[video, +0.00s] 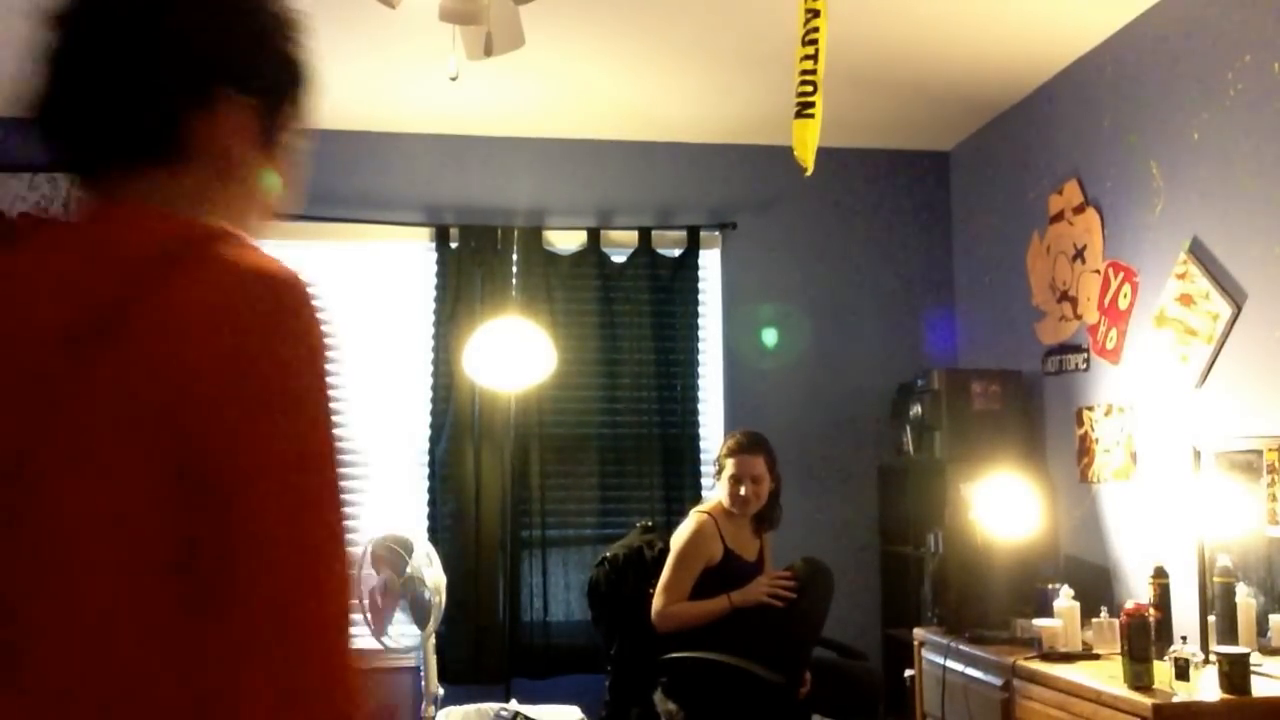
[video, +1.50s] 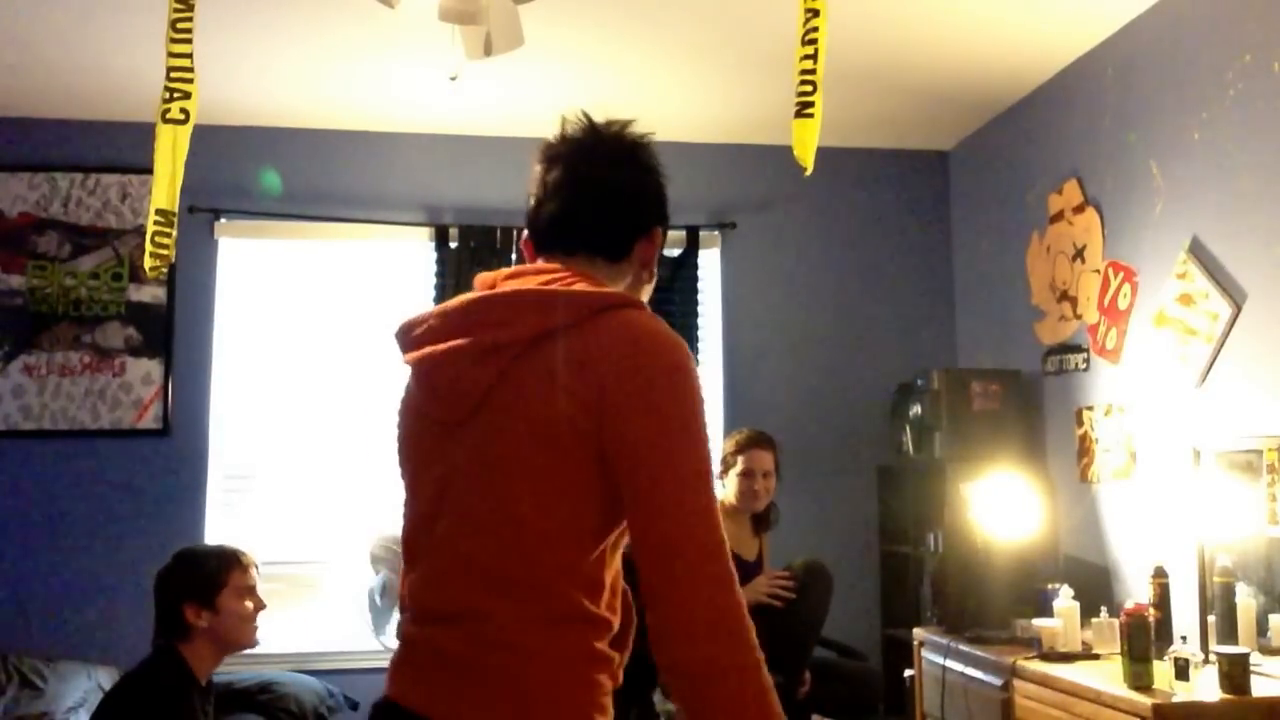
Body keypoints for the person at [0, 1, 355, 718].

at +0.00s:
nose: (278, 184)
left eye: (284, 143)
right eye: (276, 138)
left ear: (91, 117)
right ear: (229, 126)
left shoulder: (26, 267)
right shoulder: (244, 299)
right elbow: (290, 615)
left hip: (31, 689)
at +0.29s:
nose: (512, 147)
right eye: (511, 120)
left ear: (345, 143)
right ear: (491, 133)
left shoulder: (268, 318)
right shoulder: (478, 313)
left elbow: (184, 609)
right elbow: (619, 646)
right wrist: (793, 712)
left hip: (288, 692)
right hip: (447, 696)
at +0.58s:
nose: (602, 249)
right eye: (606, 230)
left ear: (456, 228)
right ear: (586, 225)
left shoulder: (388, 356)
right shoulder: (562, 377)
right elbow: (556, 642)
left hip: (377, 693)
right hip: (499, 700)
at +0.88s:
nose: (615, 253)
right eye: (621, 237)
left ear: (483, 231)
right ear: (606, 232)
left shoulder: (423, 346)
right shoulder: (578, 363)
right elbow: (608, 607)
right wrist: (634, 705)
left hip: (429, 686)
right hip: (550, 695)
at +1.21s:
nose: (630, 269)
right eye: (635, 249)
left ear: (496, 243)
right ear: (620, 244)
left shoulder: (417, 363)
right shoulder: (622, 369)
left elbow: (390, 583)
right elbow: (611, 591)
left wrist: (381, 710)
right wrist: (620, 705)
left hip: (455, 694)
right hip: (580, 700)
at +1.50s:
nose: (651, 286)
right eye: (658, 267)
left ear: (527, 246)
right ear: (649, 249)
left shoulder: (444, 349)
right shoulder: (636, 347)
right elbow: (692, 602)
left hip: (417, 690)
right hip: (557, 700)